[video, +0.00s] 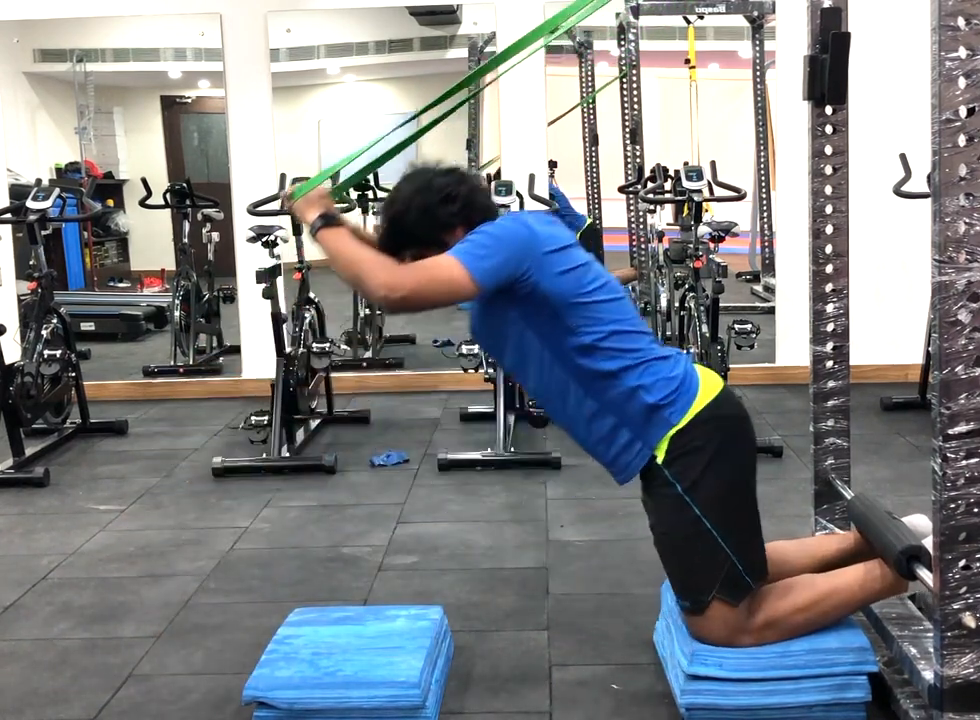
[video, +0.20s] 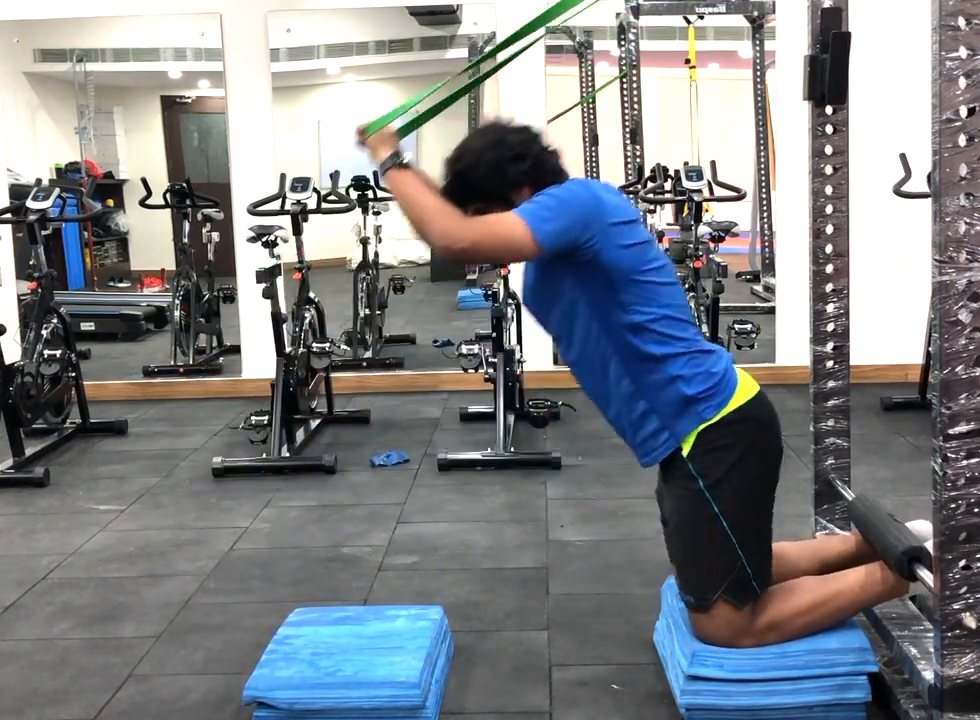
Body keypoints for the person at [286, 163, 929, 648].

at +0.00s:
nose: (428, 275)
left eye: (430, 260)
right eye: (419, 265)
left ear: (454, 233)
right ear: (460, 224)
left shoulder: (519, 237)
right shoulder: (509, 254)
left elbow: (394, 287)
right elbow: (407, 277)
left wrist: (320, 225)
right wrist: (339, 233)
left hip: (687, 431)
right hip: (674, 430)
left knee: (726, 624)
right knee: (720, 576)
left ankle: (897, 570)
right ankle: (860, 540)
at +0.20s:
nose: (492, 231)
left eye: (494, 216)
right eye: (486, 221)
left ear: (523, 190)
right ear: (525, 193)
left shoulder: (583, 203)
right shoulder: (562, 226)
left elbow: (455, 236)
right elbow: (463, 231)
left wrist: (388, 162)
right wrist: (403, 175)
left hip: (717, 430)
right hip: (687, 437)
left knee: (728, 624)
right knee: (708, 588)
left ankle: (902, 573)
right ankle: (865, 541)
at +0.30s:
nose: (519, 207)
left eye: (520, 192)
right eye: (511, 194)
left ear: (548, 172)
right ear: (565, 157)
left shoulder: (616, 186)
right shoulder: (588, 218)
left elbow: (490, 203)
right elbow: (493, 204)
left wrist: (429, 123)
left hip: (725, 427)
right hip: (690, 436)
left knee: (729, 624)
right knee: (714, 580)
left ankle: (905, 582)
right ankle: (866, 548)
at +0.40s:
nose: (543, 182)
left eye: (550, 167)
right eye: (540, 168)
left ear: (583, 148)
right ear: (590, 150)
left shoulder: (648, 173)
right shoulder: (612, 203)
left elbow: (526, 174)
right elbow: (528, 178)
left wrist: (475, 86)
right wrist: (483, 102)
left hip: (731, 427)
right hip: (697, 430)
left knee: (724, 620)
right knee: (710, 572)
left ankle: (908, 595)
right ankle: (867, 559)